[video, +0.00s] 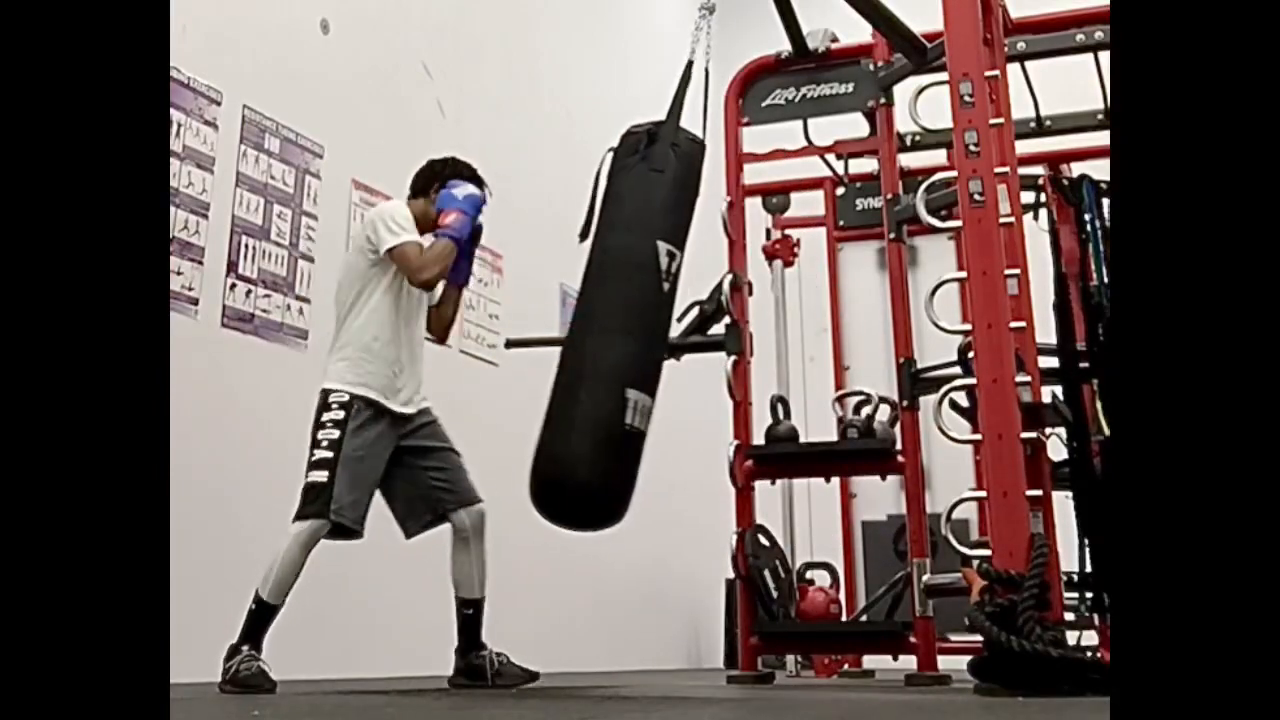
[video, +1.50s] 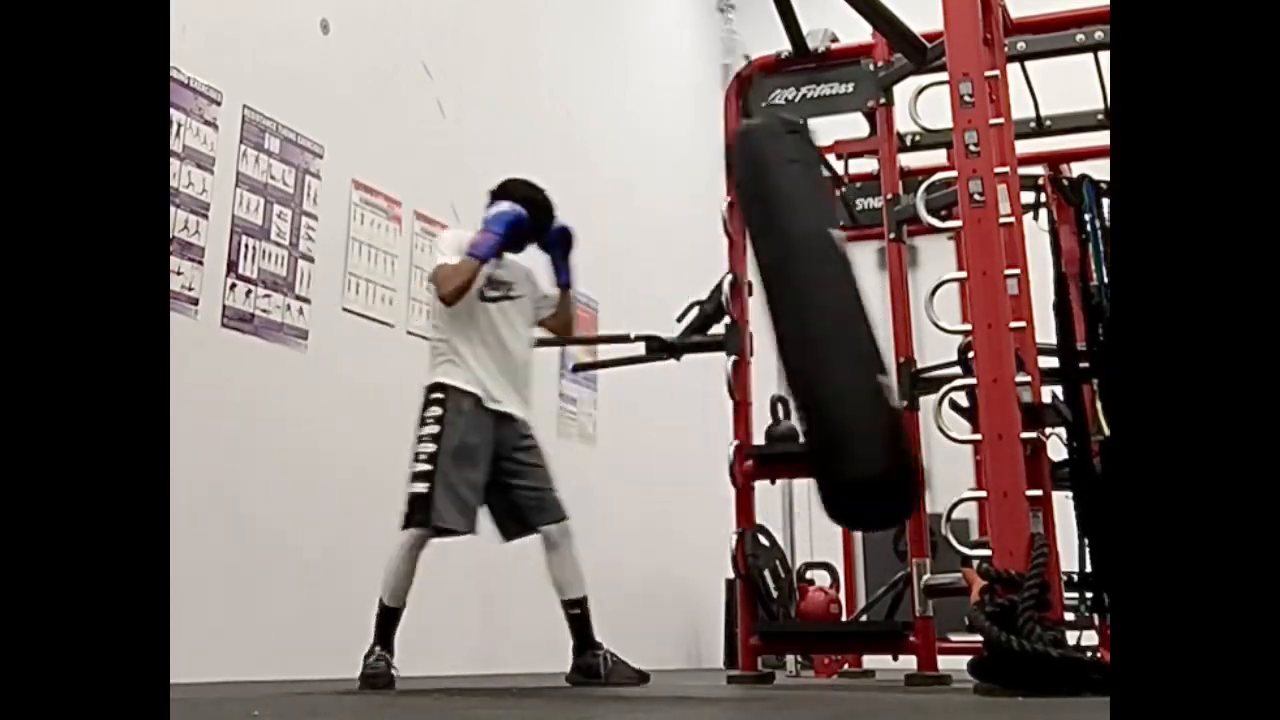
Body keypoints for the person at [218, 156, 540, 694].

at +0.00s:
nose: (459, 216)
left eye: (465, 209)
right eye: (457, 204)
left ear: (439, 204)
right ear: (433, 194)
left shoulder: (424, 251)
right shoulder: (385, 214)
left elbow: (438, 331)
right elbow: (422, 272)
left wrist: (463, 262)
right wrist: (456, 229)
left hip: (406, 403)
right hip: (355, 394)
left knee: (470, 516)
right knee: (315, 521)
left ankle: (472, 657)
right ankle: (245, 652)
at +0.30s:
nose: (452, 196)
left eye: (460, 190)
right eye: (449, 183)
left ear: (448, 193)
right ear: (423, 175)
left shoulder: (437, 238)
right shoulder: (373, 197)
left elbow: (470, 296)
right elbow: (388, 245)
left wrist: (477, 230)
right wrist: (429, 199)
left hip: (414, 388)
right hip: (355, 380)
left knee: (453, 504)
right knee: (318, 512)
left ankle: (468, 644)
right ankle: (287, 647)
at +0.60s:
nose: (431, 203)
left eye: (440, 197)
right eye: (427, 188)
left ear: (445, 204)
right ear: (406, 185)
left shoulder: (436, 243)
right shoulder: (365, 210)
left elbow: (474, 292)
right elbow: (367, 255)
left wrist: (474, 226)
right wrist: (407, 211)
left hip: (412, 387)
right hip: (350, 381)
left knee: (458, 495)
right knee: (307, 508)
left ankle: (433, 630)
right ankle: (273, 643)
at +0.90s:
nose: (509, 245)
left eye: (519, 239)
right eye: (503, 235)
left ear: (529, 237)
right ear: (485, 227)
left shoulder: (529, 269)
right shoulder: (449, 257)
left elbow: (562, 331)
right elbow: (432, 301)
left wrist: (564, 271)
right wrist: (472, 247)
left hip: (515, 416)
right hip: (452, 417)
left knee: (553, 524)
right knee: (418, 536)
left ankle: (578, 651)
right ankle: (425, 652)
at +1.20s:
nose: (559, 240)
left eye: (567, 232)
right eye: (551, 230)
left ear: (570, 238)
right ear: (530, 225)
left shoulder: (569, 292)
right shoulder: (492, 266)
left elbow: (577, 356)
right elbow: (439, 272)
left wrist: (595, 295)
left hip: (545, 427)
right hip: (482, 421)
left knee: (590, 519)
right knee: (445, 543)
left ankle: (599, 650)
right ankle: (423, 652)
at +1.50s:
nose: (524, 238)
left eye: (531, 233)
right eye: (521, 225)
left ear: (531, 235)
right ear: (499, 214)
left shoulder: (524, 274)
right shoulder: (456, 242)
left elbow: (563, 328)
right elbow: (447, 291)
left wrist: (562, 266)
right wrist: (487, 240)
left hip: (509, 413)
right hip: (456, 399)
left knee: (556, 527)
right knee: (419, 528)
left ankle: (588, 653)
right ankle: (380, 653)